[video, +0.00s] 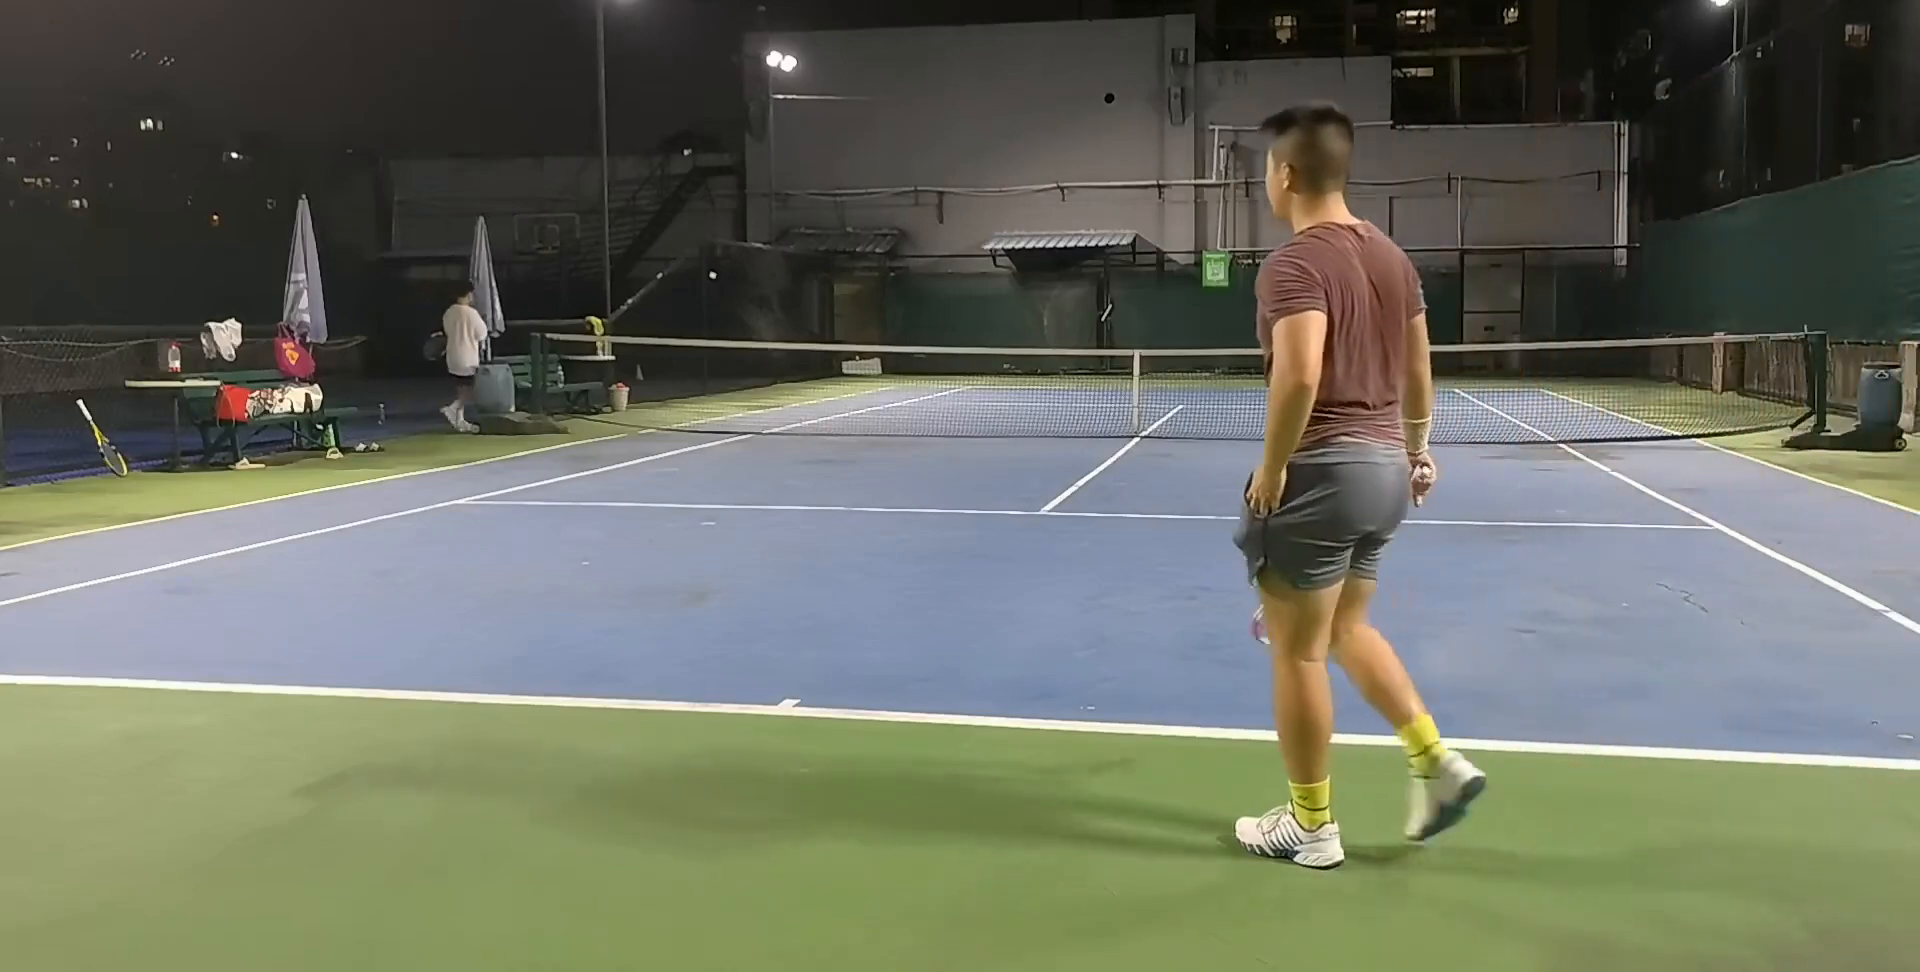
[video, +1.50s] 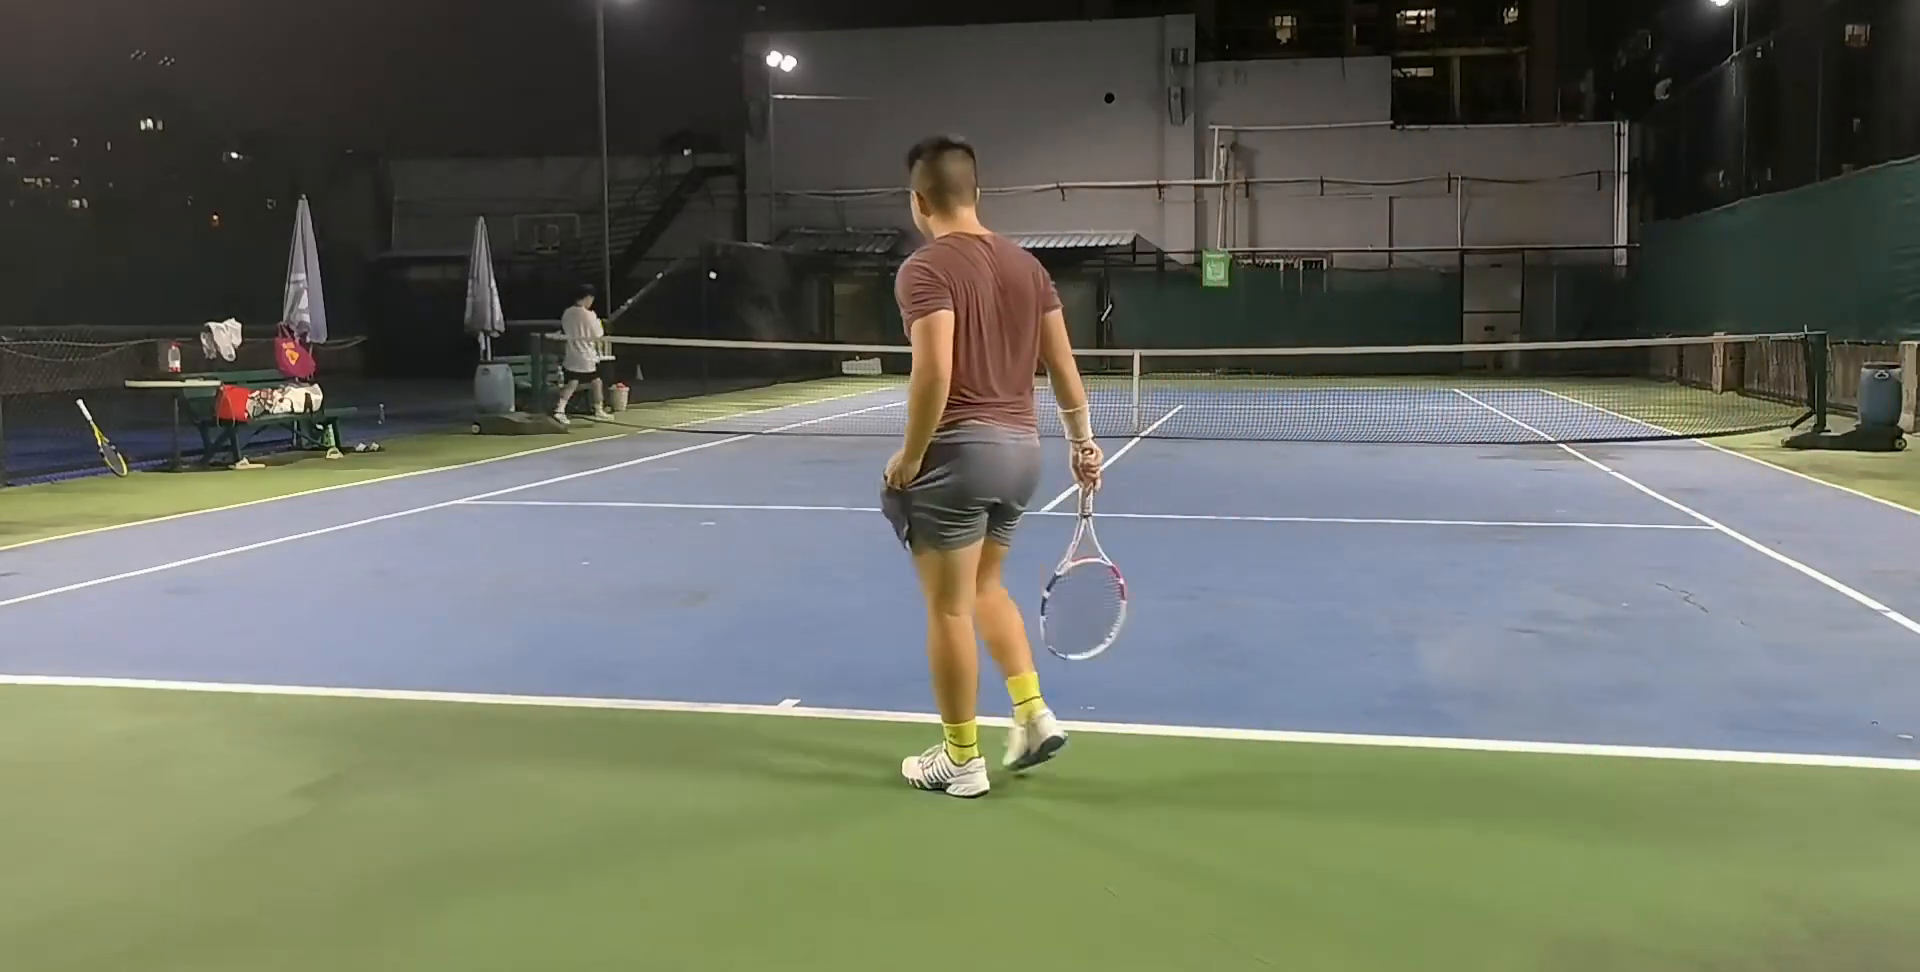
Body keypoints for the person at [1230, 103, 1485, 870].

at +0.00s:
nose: (1268, 182)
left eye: (1270, 170)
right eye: (1272, 168)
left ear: (1286, 176)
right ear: (1343, 175)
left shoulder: (1294, 262)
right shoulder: (1394, 257)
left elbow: (1299, 373)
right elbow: (1417, 367)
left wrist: (1271, 467)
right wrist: (1415, 446)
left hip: (1321, 467)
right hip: (1388, 465)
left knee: (1297, 645)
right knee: (1348, 626)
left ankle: (1310, 821)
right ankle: (1437, 761)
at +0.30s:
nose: (1188, 190)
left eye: (1192, 179)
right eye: (1192, 178)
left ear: (1207, 185)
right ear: (1265, 188)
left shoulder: (1210, 265)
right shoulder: (1308, 267)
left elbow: (1217, 376)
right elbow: (1350, 372)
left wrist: (1202, 477)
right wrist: (1387, 460)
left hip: (1245, 468)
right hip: (1304, 465)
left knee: (1267, 651)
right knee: (1217, 620)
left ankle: (1310, 821)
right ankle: (1166, 766)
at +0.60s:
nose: (1133, 195)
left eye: (1134, 187)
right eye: (1138, 187)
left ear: (1142, 189)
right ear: (1203, 193)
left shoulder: (1140, 259)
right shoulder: (1227, 277)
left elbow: (1137, 368)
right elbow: (1237, 389)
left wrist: (1119, 468)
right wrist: (1235, 472)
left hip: (1160, 460)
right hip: (1215, 459)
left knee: (1126, 636)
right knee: (1153, 621)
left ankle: (1245, 763)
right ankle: (1139, 772)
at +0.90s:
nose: (1069, 197)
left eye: (1069, 189)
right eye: (1074, 190)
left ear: (1076, 191)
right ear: (1140, 193)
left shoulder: (1084, 261)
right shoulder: (1161, 270)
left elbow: (1093, 364)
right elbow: (1158, 375)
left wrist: (1060, 458)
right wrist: (1098, 437)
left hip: (1098, 457)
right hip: (1154, 454)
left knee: (1032, 606)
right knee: (1137, 613)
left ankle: (1019, 770)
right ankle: (1141, 775)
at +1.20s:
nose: (982, 207)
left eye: (982, 198)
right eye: (985, 198)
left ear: (989, 201)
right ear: (1051, 198)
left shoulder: (998, 277)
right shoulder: (1087, 273)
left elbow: (1009, 387)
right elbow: (1096, 371)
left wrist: (974, 461)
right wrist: (1048, 422)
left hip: (1020, 458)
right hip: (1084, 454)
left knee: (977, 611)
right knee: (1079, 605)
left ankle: (962, 757)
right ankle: (1131, 758)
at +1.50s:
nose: (912, 210)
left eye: (911, 201)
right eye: (915, 201)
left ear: (919, 202)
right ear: (977, 195)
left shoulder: (925, 267)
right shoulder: (1027, 265)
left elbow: (935, 370)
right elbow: (1064, 366)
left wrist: (910, 454)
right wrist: (1081, 437)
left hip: (956, 447)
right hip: (1023, 449)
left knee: (950, 605)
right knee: (987, 585)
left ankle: (962, 757)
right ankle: (1033, 715)